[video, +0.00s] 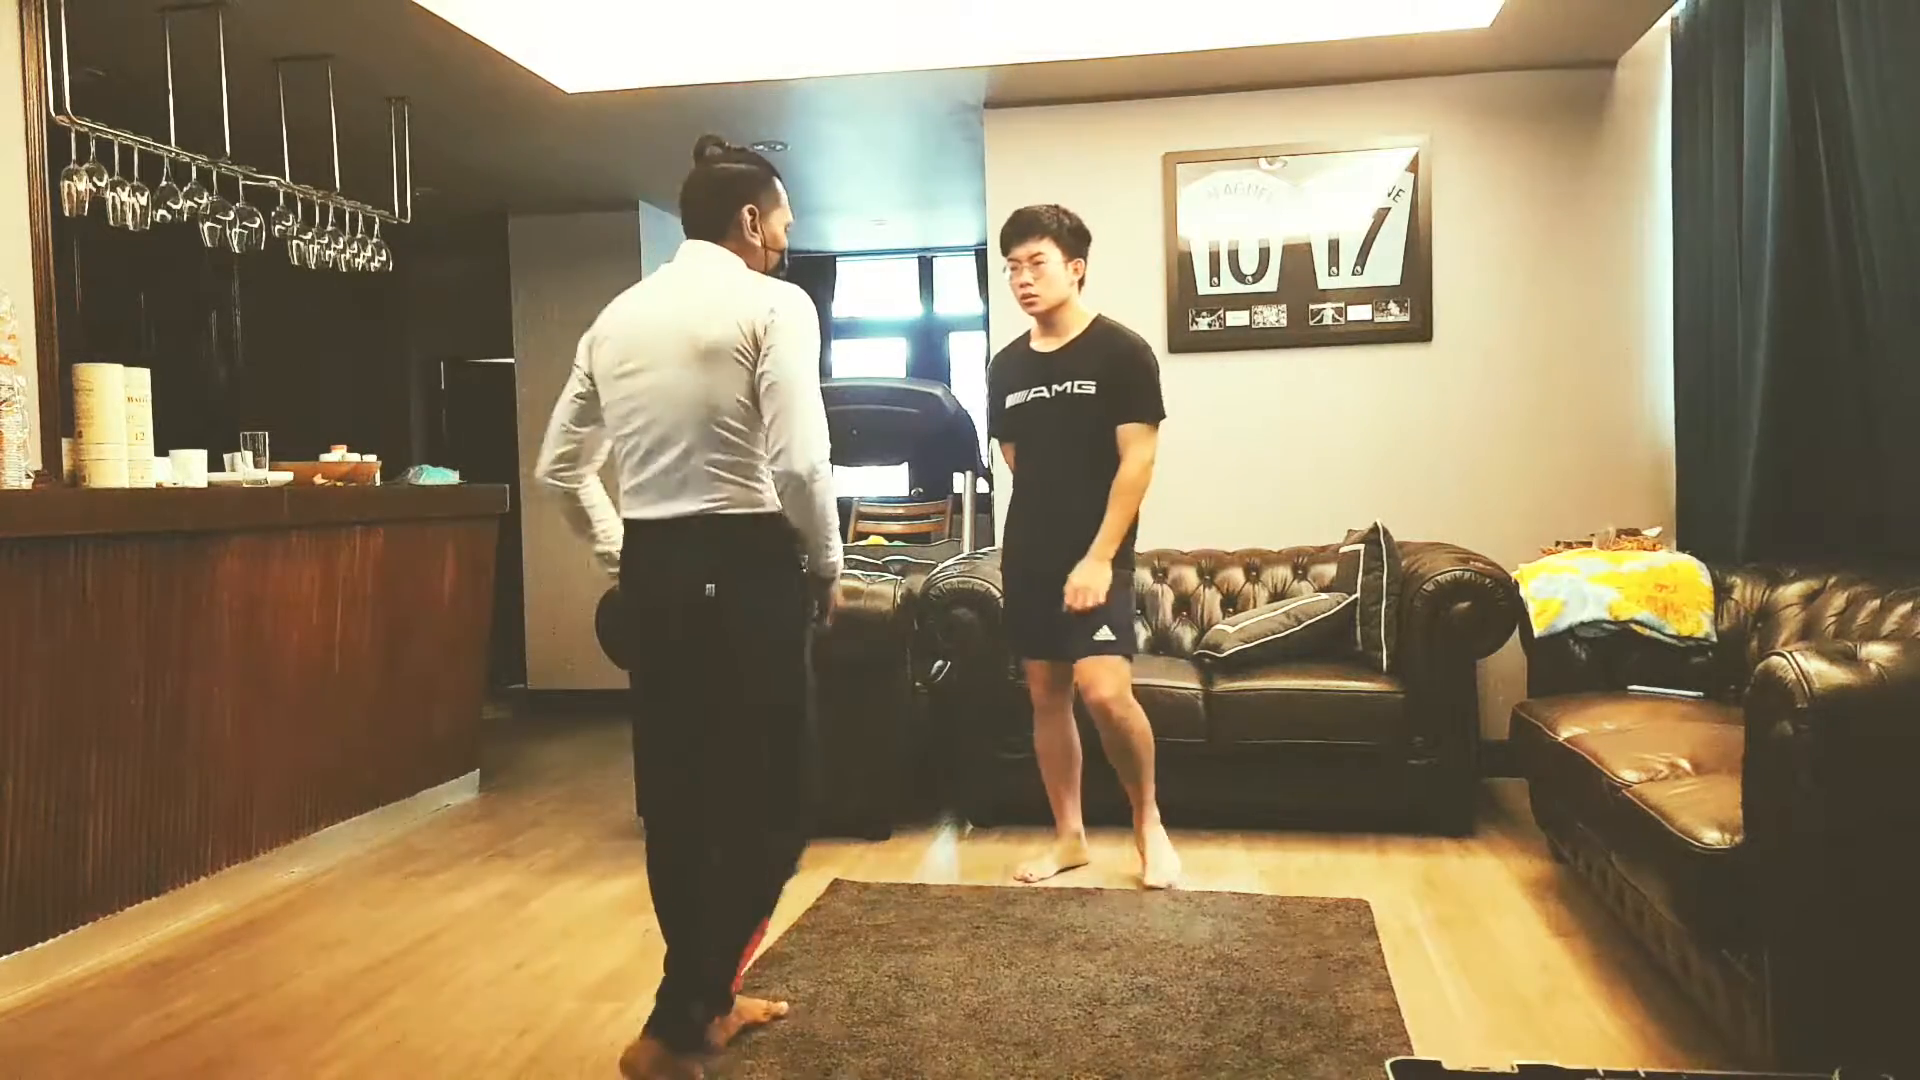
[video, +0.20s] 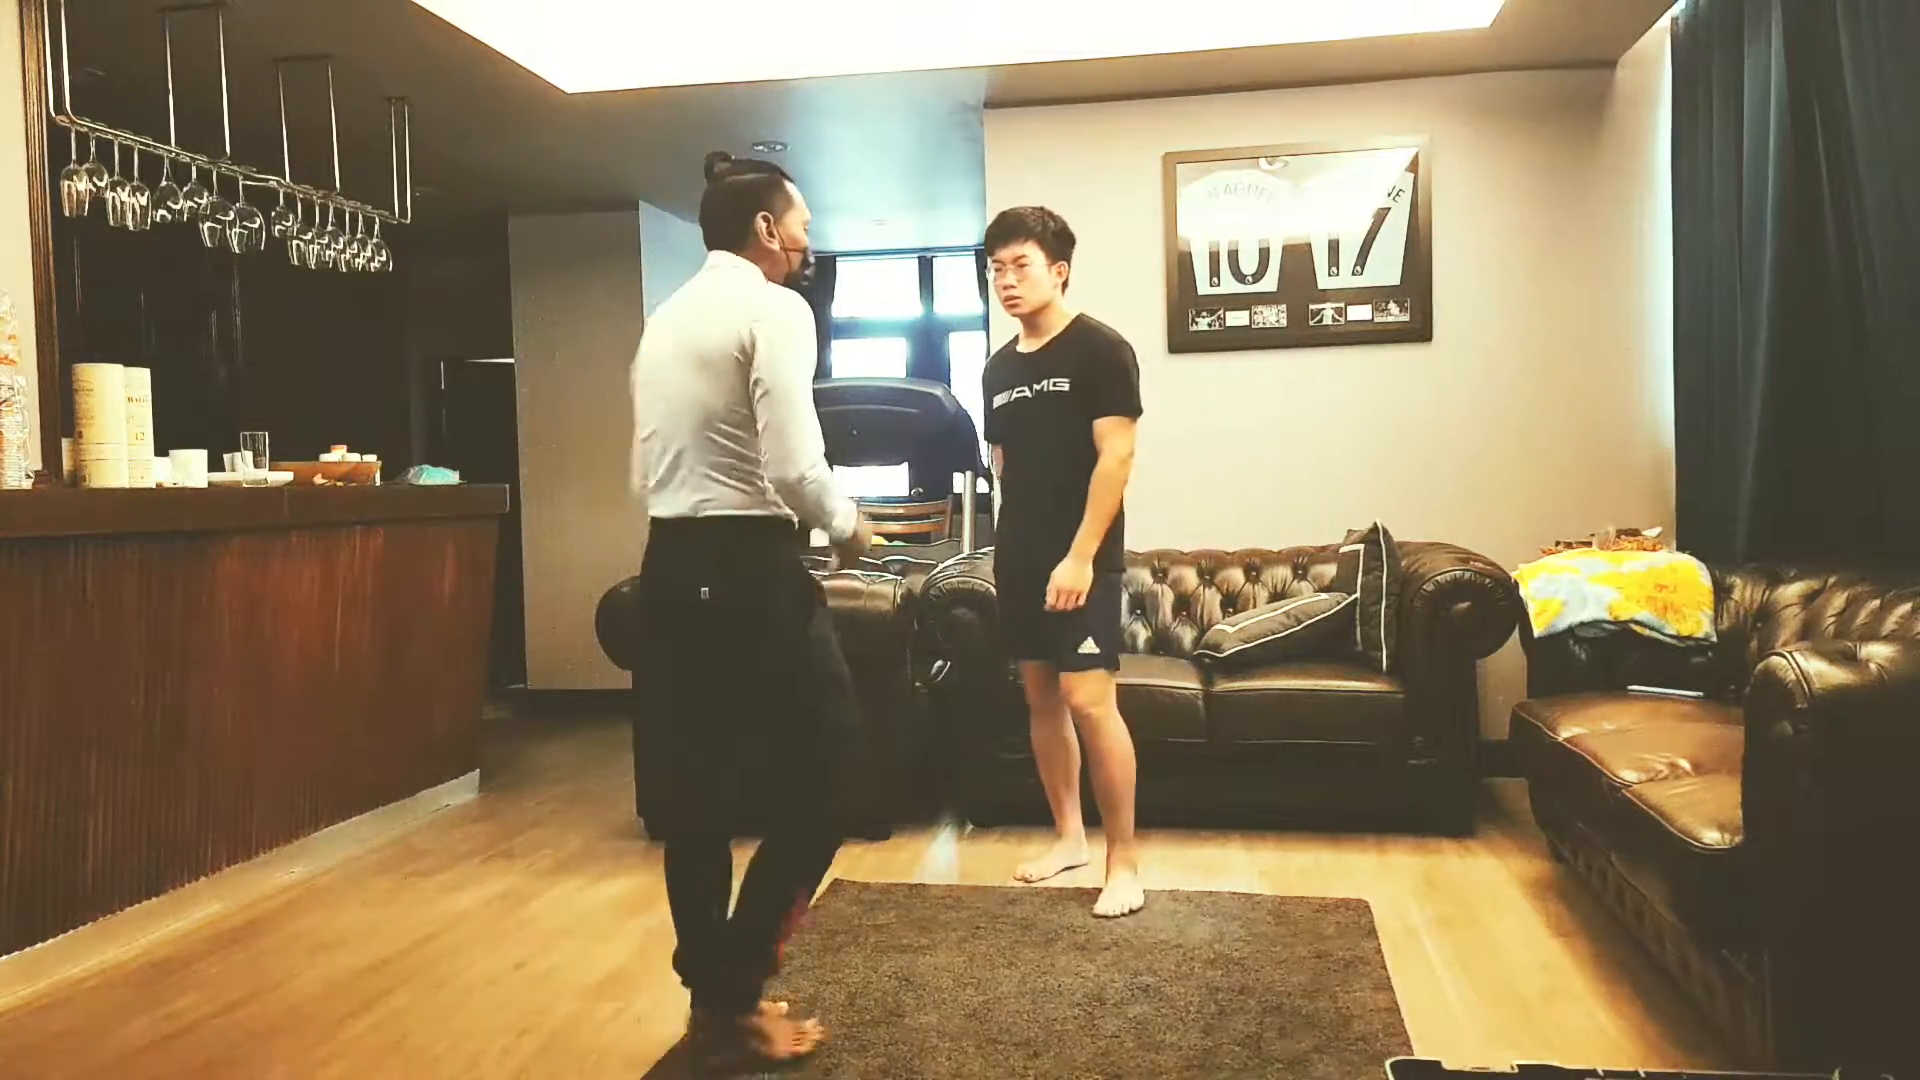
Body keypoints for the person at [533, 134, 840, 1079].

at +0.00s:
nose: (787, 239)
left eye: (786, 221)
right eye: (782, 222)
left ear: (698, 224)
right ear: (751, 220)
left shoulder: (615, 317)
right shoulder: (774, 303)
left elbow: (562, 462)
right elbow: (800, 462)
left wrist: (622, 553)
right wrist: (827, 565)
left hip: (650, 573)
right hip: (750, 569)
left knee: (672, 790)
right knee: (769, 807)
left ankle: (708, 994)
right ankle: (669, 1034)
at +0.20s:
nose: (804, 244)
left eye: (802, 227)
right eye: (798, 227)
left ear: (723, 229)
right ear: (764, 227)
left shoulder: (664, 315)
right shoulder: (774, 310)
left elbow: (652, 462)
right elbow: (794, 465)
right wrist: (847, 523)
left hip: (671, 563)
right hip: (754, 564)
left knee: (692, 789)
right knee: (823, 780)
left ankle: (716, 996)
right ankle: (735, 990)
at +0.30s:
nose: (813, 249)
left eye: (813, 233)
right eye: (808, 232)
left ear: (743, 229)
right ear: (775, 227)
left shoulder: (695, 308)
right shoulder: (766, 311)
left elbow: (725, 465)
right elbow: (789, 460)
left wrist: (821, 510)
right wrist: (860, 442)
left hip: (703, 560)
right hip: (755, 564)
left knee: (731, 779)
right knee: (787, 784)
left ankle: (727, 988)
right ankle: (739, 1006)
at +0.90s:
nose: (852, 270)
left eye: (847, 256)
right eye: (845, 257)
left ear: (776, 268)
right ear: (823, 264)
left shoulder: (732, 349)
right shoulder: (825, 351)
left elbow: (776, 448)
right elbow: (900, 450)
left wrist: (869, 387)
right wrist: (919, 377)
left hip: (761, 549)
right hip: (827, 551)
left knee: (801, 725)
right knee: (841, 745)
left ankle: (798, 885)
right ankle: (763, 958)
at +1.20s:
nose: (864, 281)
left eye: (858, 268)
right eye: (860, 269)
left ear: (786, 280)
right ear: (845, 275)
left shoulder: (735, 348)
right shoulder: (883, 348)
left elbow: (713, 457)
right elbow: (968, 446)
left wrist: (779, 433)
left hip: (769, 549)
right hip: (855, 543)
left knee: (784, 721)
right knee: (890, 715)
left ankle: (785, 914)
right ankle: (839, 897)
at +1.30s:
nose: (882, 293)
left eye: (878, 281)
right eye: (878, 282)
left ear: (806, 288)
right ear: (865, 285)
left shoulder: (754, 350)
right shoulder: (890, 363)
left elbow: (793, 435)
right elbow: (960, 477)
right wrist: (992, 569)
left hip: (768, 546)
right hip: (851, 547)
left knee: (785, 719)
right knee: (911, 715)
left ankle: (786, 909)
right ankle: (899, 896)